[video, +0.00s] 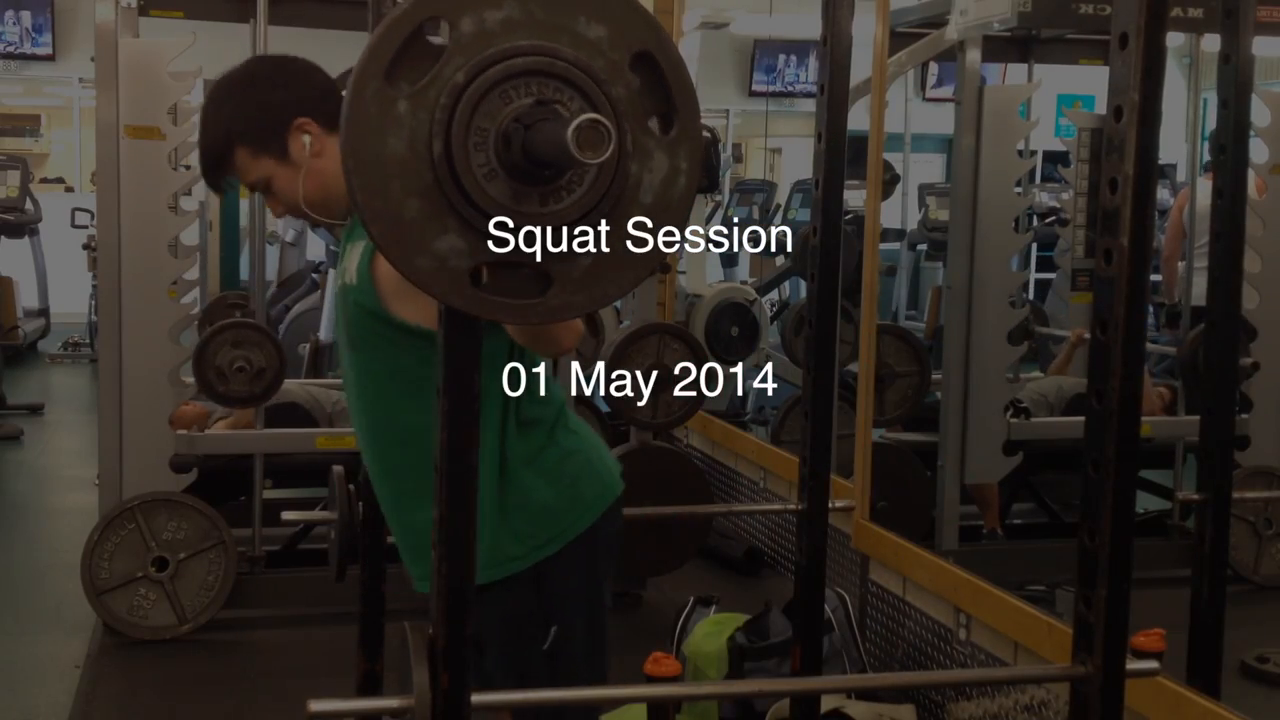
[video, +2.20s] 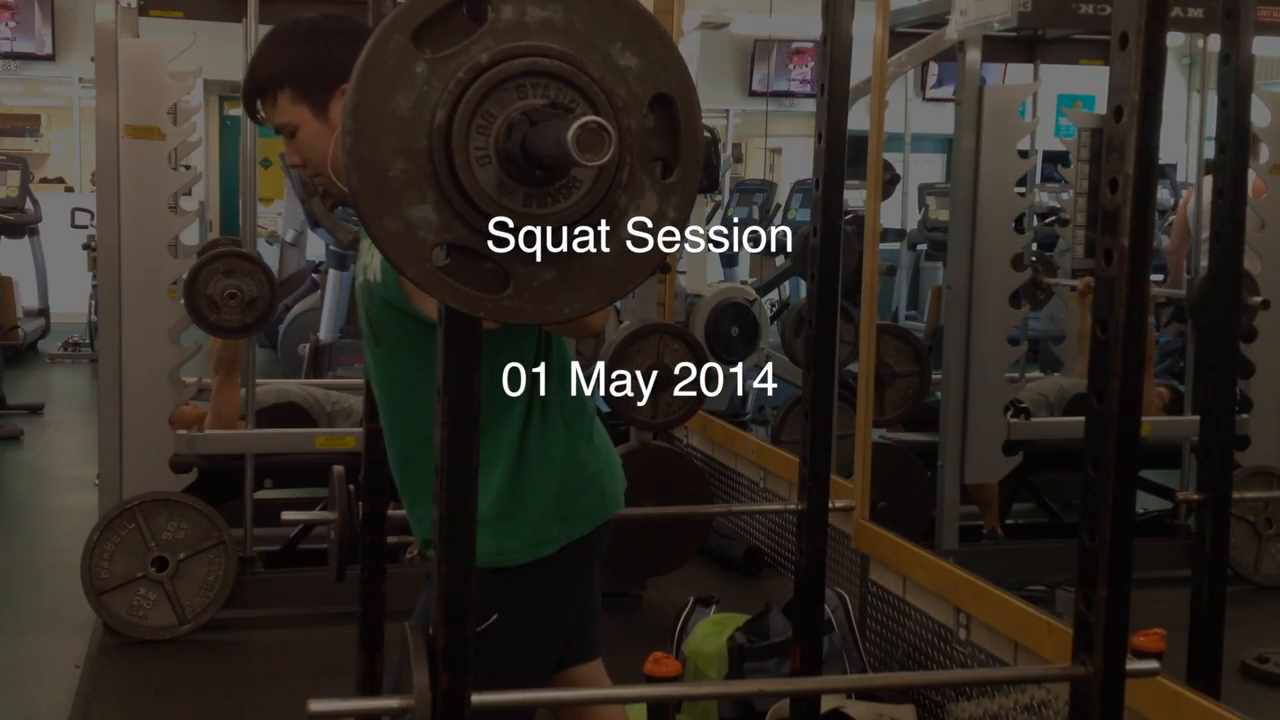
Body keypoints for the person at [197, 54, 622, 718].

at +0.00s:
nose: (276, 211)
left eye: (265, 185)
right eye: (260, 196)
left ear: (305, 138)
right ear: (307, 138)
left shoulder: (396, 243)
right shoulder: (363, 238)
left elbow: (559, 328)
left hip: (528, 541)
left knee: (541, 714)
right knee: (509, 709)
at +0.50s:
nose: (277, 193)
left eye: (269, 166)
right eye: (262, 174)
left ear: (319, 125)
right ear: (322, 126)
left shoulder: (399, 233)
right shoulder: (376, 228)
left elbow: (570, 320)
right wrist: (226, 406)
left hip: (506, 520)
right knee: (564, 685)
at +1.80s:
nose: (290, 155)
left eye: (292, 131)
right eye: (281, 139)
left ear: (347, 103)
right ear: (340, 108)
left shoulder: (405, 217)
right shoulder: (389, 220)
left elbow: (586, 320)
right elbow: (586, 319)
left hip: (512, 510)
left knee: (445, 689)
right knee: (579, 676)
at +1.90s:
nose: (289, 155)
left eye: (291, 131)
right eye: (280, 138)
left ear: (347, 103)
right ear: (342, 109)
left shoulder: (404, 215)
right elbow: (586, 318)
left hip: (509, 511)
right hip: (557, 489)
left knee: (455, 693)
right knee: (577, 676)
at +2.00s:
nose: (290, 157)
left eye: (291, 132)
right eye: (280, 140)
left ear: (347, 104)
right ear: (343, 110)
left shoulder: (403, 217)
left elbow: (588, 318)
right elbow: (588, 317)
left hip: (507, 515)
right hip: (557, 492)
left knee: (447, 695)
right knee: (578, 679)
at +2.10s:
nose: (289, 155)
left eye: (290, 131)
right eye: (280, 138)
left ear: (346, 103)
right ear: (341, 108)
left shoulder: (404, 217)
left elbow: (587, 318)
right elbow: (587, 317)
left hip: (506, 513)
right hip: (555, 492)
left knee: (450, 695)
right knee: (578, 678)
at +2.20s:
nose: (290, 154)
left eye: (291, 130)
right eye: (281, 137)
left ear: (347, 103)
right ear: (341, 109)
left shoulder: (406, 215)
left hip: (511, 509)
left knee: (457, 694)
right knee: (578, 678)